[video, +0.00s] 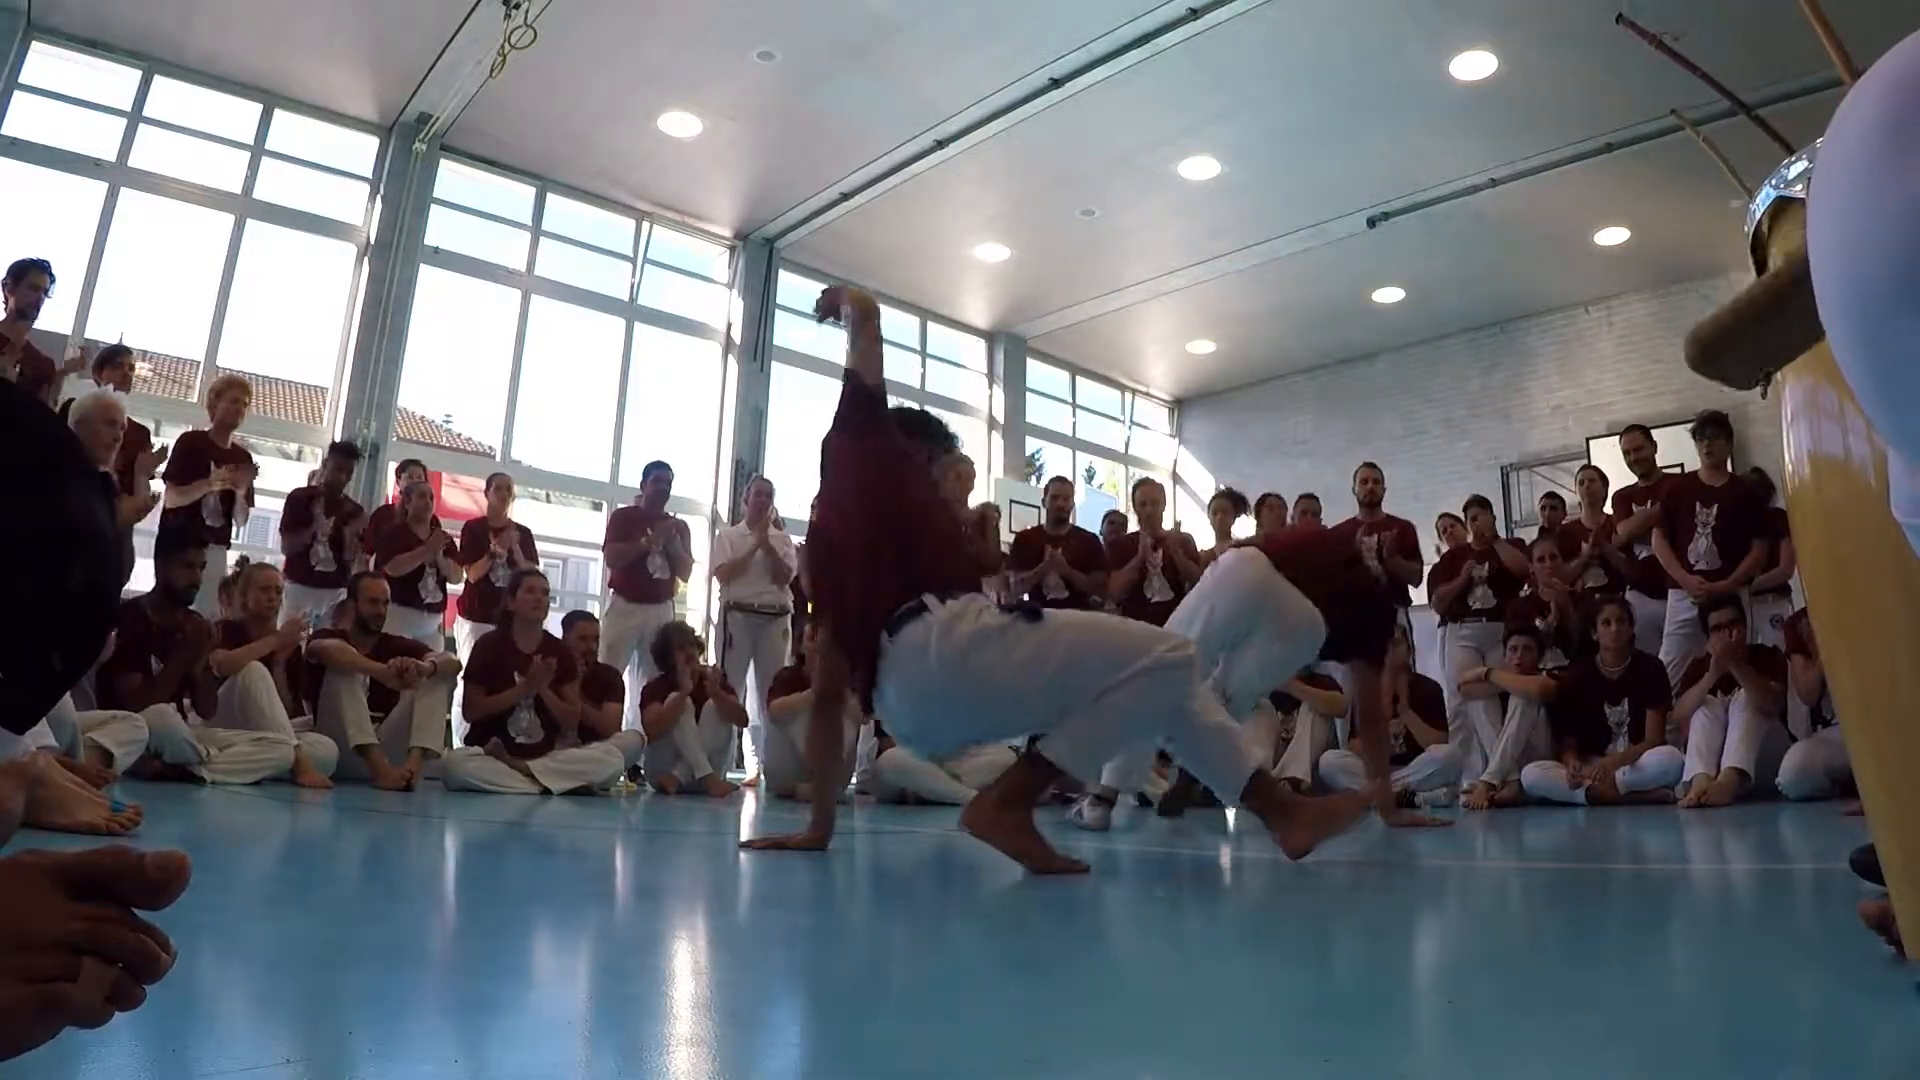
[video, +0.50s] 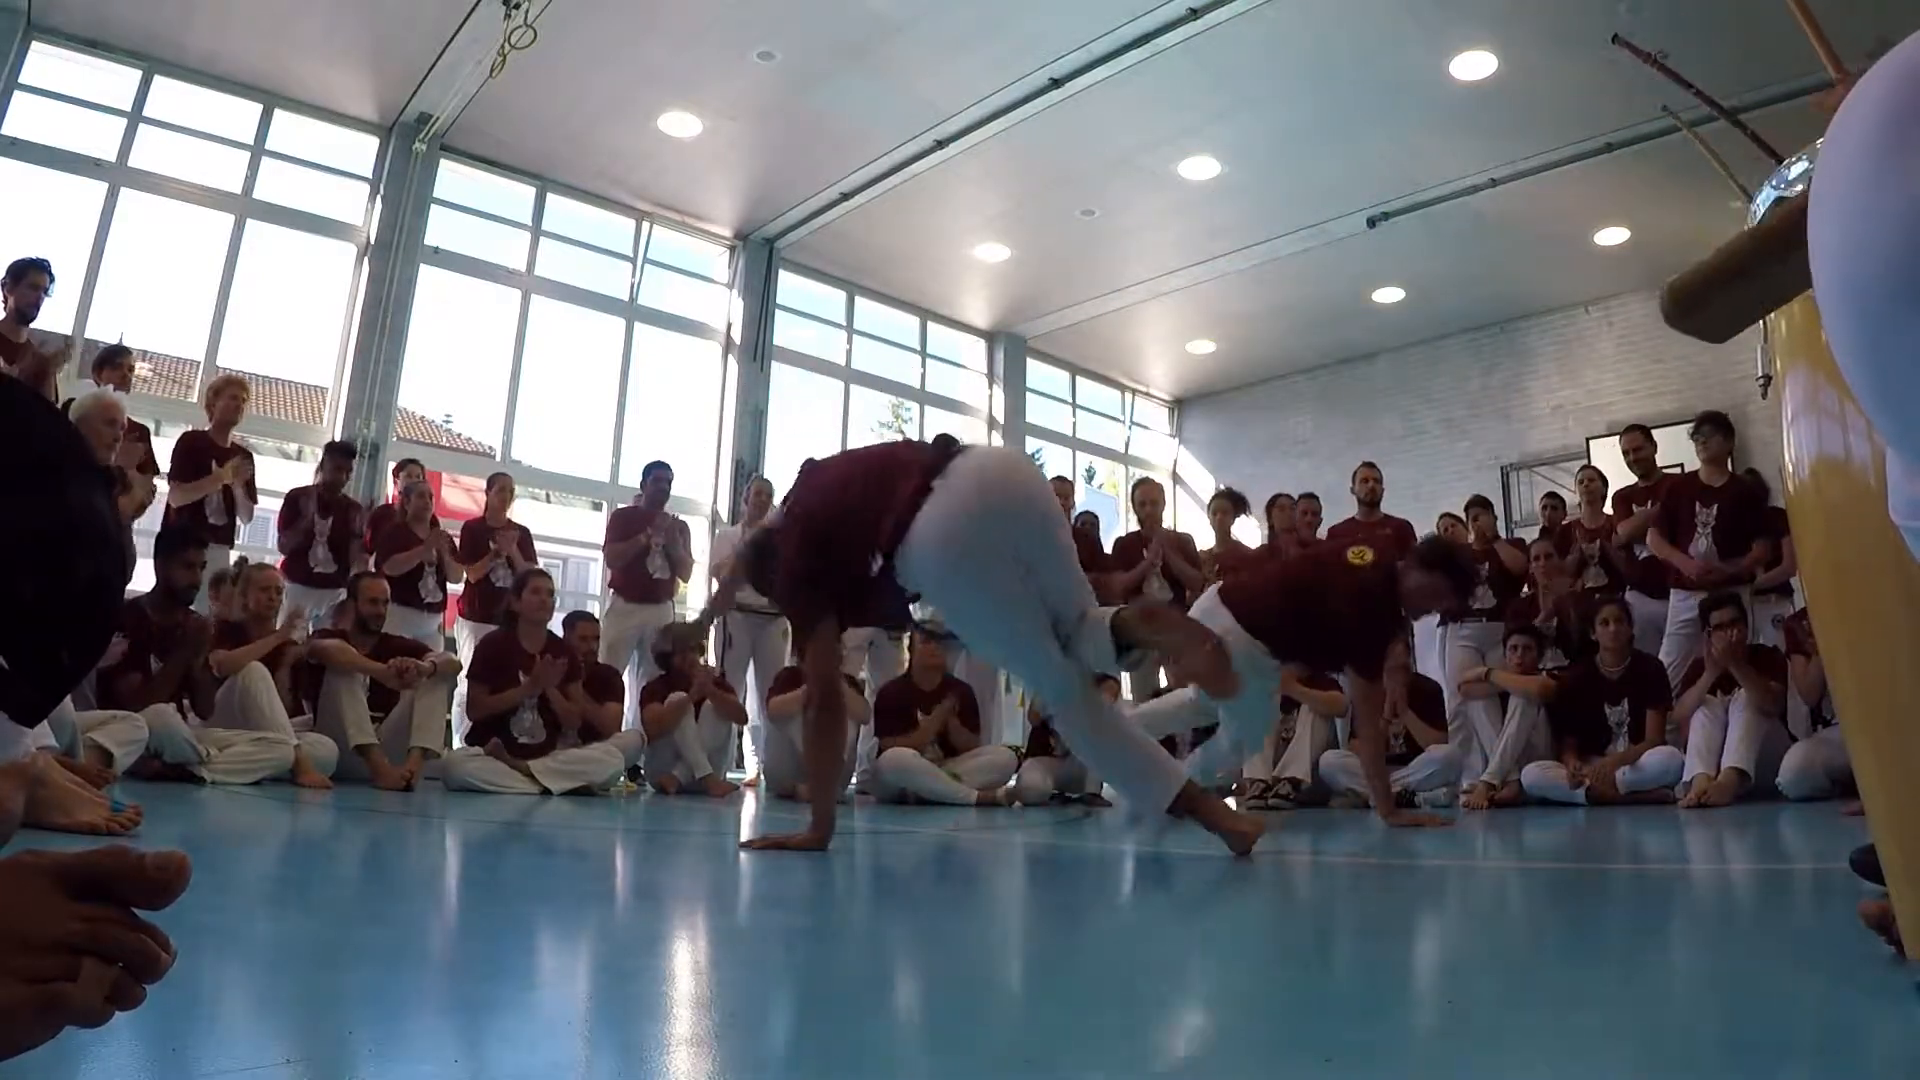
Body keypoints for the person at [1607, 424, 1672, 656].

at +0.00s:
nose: (1633, 458)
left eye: (1639, 449)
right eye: (1627, 453)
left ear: (1654, 447)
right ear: (1622, 457)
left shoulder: (1678, 484)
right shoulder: (1622, 496)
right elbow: (1623, 532)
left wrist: (1637, 522)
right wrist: (1663, 509)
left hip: (1677, 591)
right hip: (1640, 594)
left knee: (1681, 670)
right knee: (1644, 669)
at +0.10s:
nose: (1633, 458)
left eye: (1638, 450)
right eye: (1627, 453)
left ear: (1654, 447)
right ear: (1622, 457)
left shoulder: (1678, 484)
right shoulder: (1622, 496)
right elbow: (1623, 532)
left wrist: (1636, 524)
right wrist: (1661, 511)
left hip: (1677, 591)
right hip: (1639, 594)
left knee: (1681, 671)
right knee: (1644, 670)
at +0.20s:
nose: (1633, 458)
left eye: (1638, 450)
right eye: (1627, 453)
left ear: (1654, 447)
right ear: (1622, 457)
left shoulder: (1678, 484)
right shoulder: (1622, 496)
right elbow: (1623, 532)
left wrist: (1632, 530)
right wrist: (1662, 510)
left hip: (1677, 591)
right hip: (1640, 594)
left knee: (1683, 671)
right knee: (1645, 669)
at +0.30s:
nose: (1633, 458)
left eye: (1638, 450)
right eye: (1627, 453)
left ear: (1654, 447)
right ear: (1622, 457)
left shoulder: (1678, 484)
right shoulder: (1622, 496)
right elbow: (1623, 532)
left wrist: (1635, 525)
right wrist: (1662, 510)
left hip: (1678, 591)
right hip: (1640, 594)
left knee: (1683, 670)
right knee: (1644, 669)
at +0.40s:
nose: (1633, 458)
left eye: (1638, 450)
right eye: (1626, 453)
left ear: (1654, 447)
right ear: (1622, 456)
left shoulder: (1678, 484)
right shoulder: (1622, 496)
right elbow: (1623, 532)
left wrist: (1635, 523)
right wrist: (1662, 510)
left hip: (1678, 591)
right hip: (1640, 594)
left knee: (1683, 670)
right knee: (1644, 670)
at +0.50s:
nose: (1633, 458)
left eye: (1638, 450)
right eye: (1626, 453)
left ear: (1654, 447)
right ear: (1622, 457)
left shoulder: (1678, 484)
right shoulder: (1622, 496)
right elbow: (1623, 533)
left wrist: (1634, 525)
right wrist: (1658, 510)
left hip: (1679, 592)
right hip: (1639, 594)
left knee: (1682, 672)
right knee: (1643, 671)